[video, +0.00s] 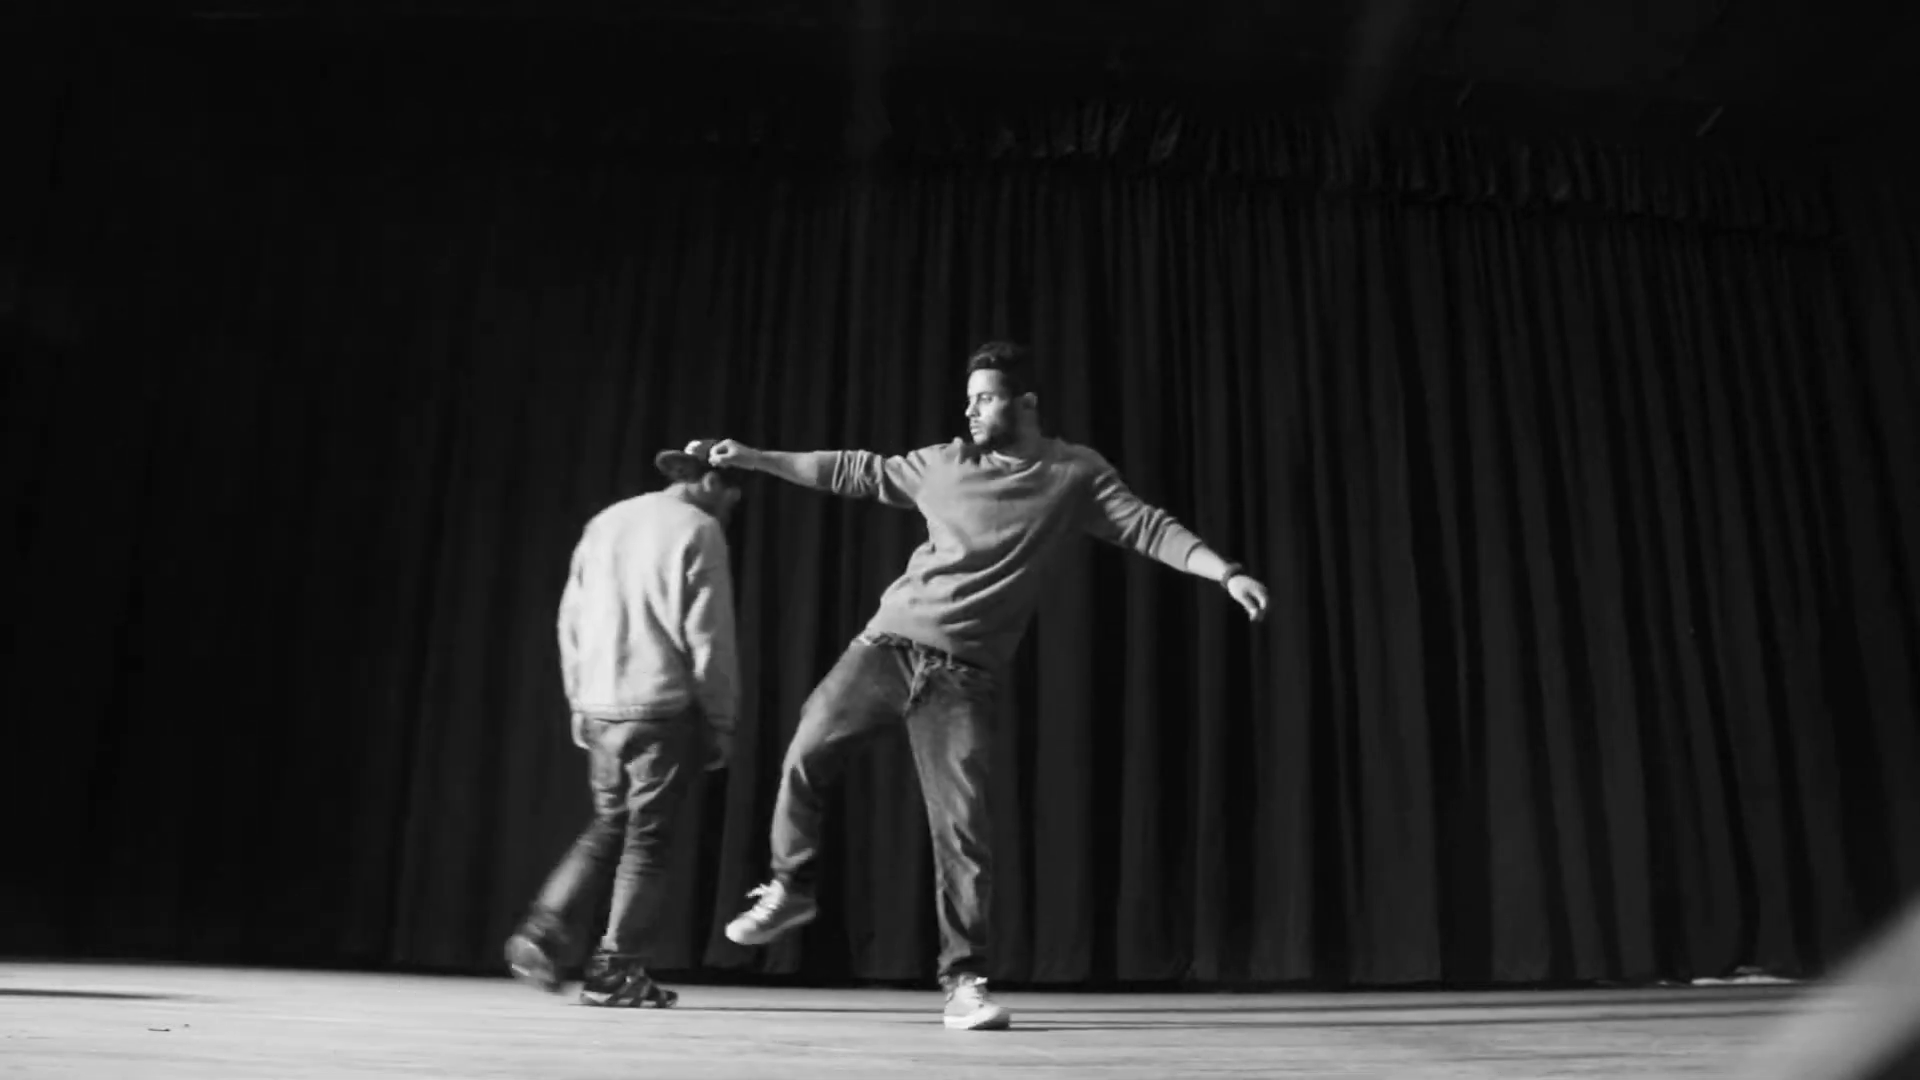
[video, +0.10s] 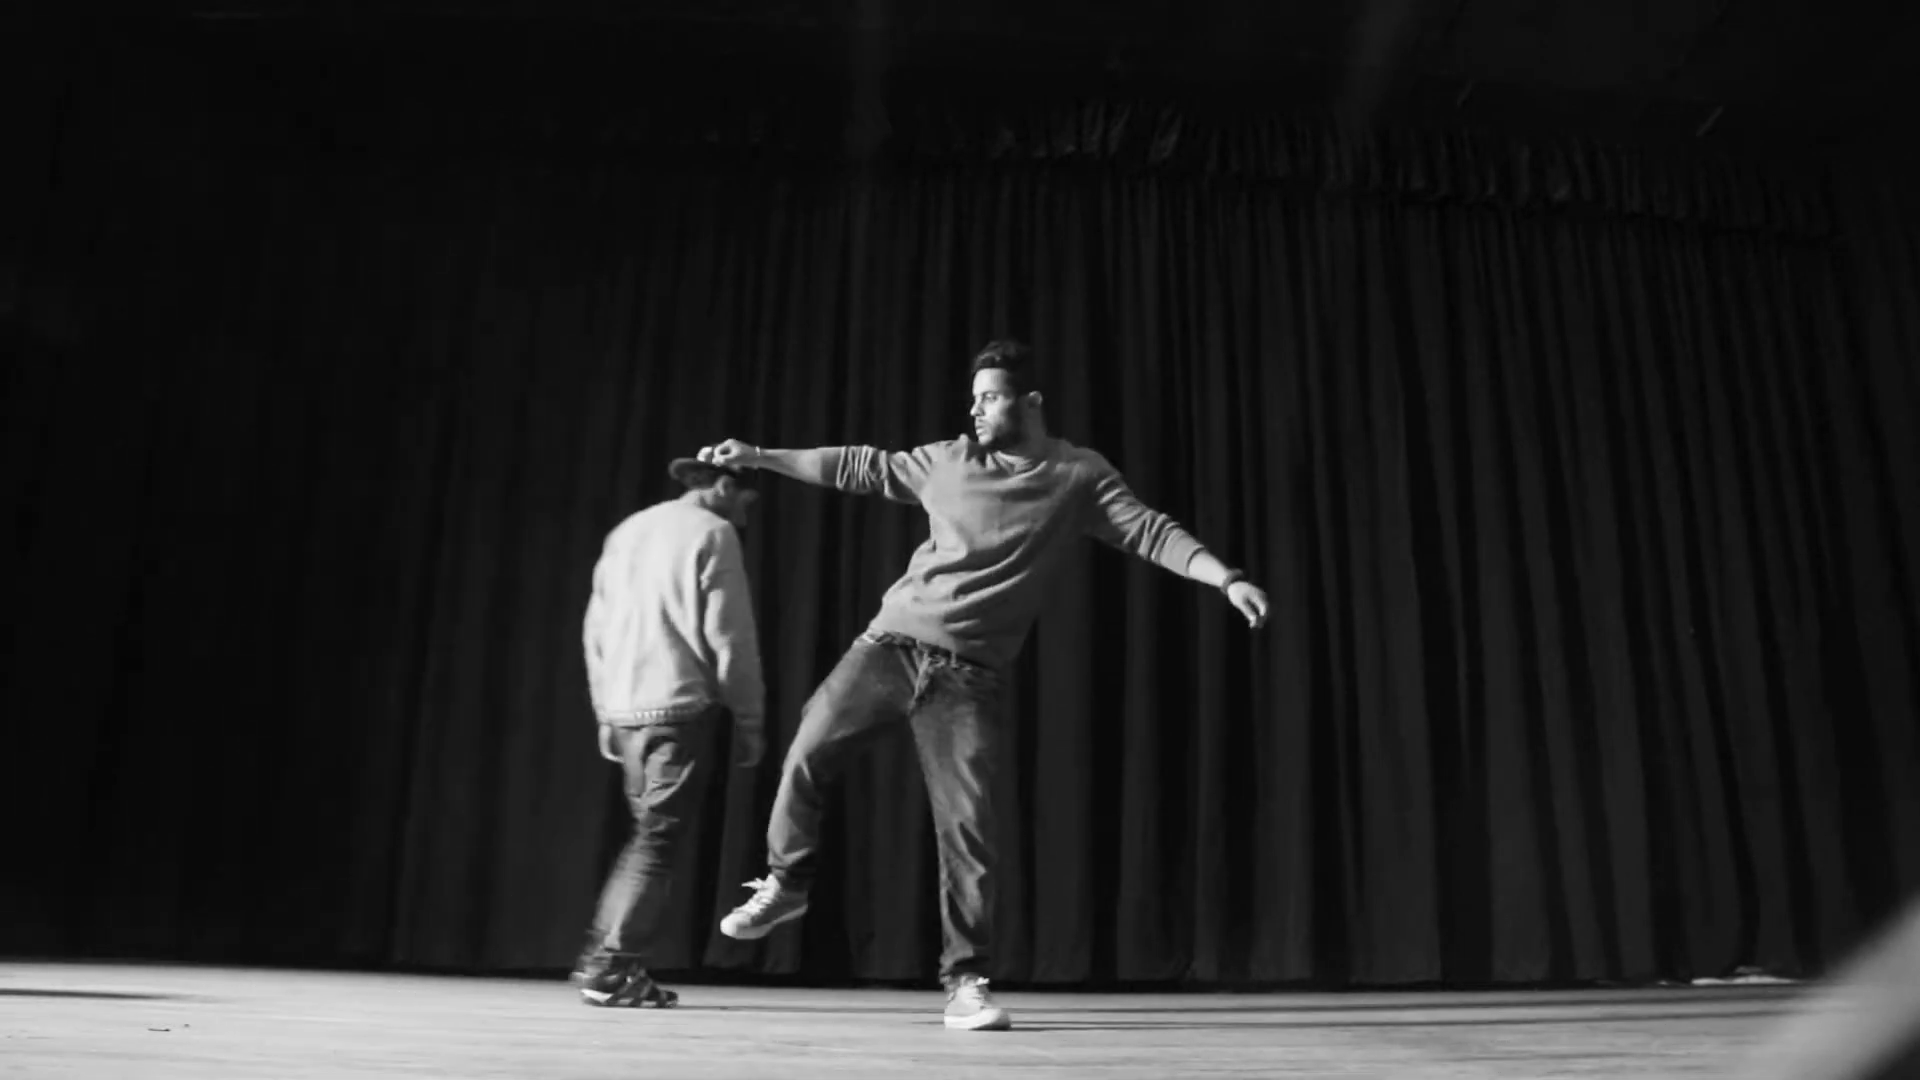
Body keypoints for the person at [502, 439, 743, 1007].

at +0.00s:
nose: (732, 506)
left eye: (735, 496)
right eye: (732, 495)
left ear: (676, 477)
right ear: (711, 483)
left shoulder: (603, 523)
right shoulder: (698, 529)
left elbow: (571, 625)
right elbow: (709, 638)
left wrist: (582, 704)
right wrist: (721, 721)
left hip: (600, 707)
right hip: (659, 708)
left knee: (606, 825)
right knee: (647, 840)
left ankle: (541, 936)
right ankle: (619, 968)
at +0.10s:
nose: (751, 506)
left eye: (753, 496)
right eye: (748, 494)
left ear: (698, 484)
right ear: (720, 485)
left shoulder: (624, 532)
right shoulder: (713, 532)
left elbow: (596, 630)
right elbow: (728, 632)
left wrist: (608, 711)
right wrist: (749, 715)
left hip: (623, 708)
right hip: (677, 707)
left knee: (649, 837)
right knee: (656, 840)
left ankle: (622, 965)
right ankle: (605, 962)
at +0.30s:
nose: (789, 516)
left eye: (790, 506)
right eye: (784, 504)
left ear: (737, 500)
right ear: (759, 499)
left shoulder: (672, 553)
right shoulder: (745, 545)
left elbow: (649, 644)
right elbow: (757, 638)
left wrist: (664, 713)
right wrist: (788, 720)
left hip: (670, 717)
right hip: (715, 713)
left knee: (722, 842)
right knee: (679, 836)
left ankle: (749, 964)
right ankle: (618, 960)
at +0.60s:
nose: (858, 543)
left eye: (861, 533)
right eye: (853, 530)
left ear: (821, 523)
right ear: (823, 521)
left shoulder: (792, 564)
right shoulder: (792, 561)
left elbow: (775, 650)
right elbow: (779, 645)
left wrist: (791, 724)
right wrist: (785, 725)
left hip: (777, 724)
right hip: (767, 725)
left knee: (801, 849)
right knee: (794, 844)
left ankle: (790, 971)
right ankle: (686, 924)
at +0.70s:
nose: (862, 538)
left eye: (864, 529)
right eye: (857, 525)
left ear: (850, 530)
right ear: (834, 519)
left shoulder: (824, 574)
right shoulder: (800, 558)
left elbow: (830, 674)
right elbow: (779, 638)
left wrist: (843, 753)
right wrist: (779, 714)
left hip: (811, 724)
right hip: (793, 721)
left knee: (816, 844)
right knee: (823, 840)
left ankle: (792, 965)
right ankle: (745, 937)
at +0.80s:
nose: (871, 539)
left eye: (878, 532)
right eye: (867, 526)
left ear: (879, 537)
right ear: (847, 524)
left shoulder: (870, 580)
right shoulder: (807, 564)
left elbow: (879, 653)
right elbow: (775, 639)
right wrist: (777, 710)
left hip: (853, 724)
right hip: (810, 718)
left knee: (819, 846)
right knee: (846, 831)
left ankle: (790, 965)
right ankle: (816, 958)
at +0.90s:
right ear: (853, 519)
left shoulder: (899, 578)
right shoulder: (820, 568)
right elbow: (782, 650)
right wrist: (784, 724)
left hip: (871, 727)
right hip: (826, 723)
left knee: (842, 839)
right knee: (870, 842)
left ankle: (807, 964)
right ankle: (882, 966)